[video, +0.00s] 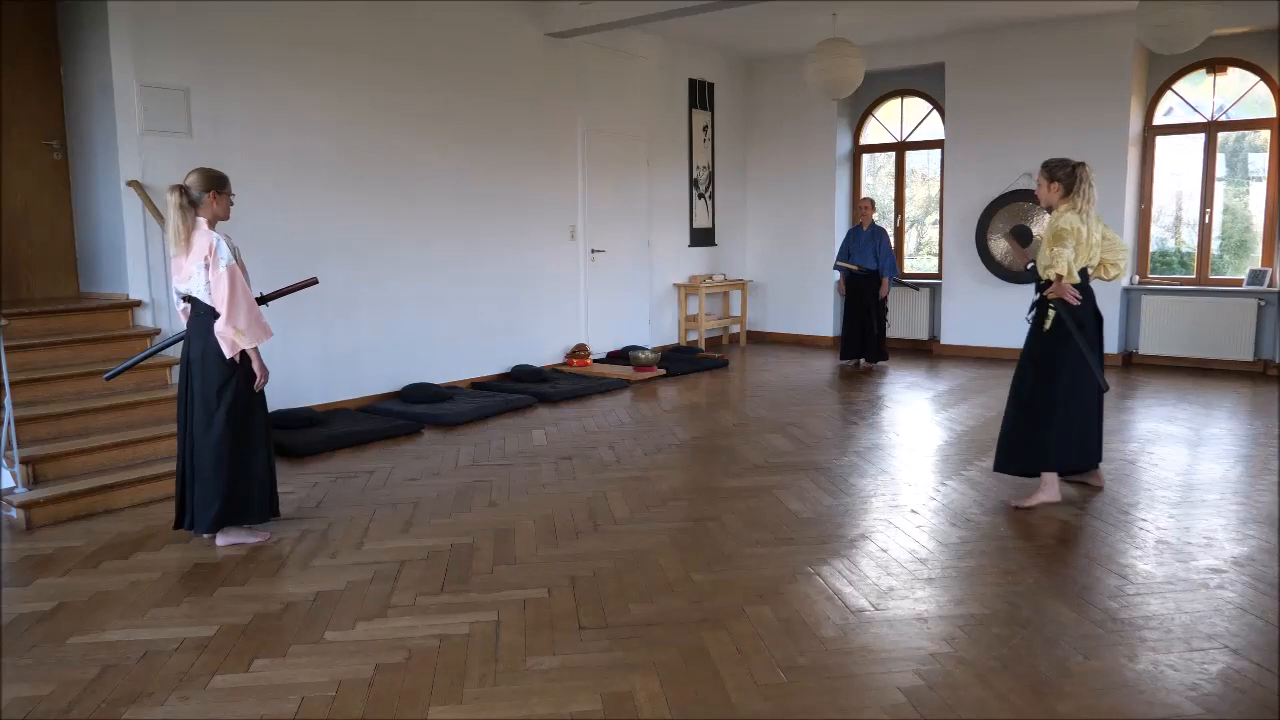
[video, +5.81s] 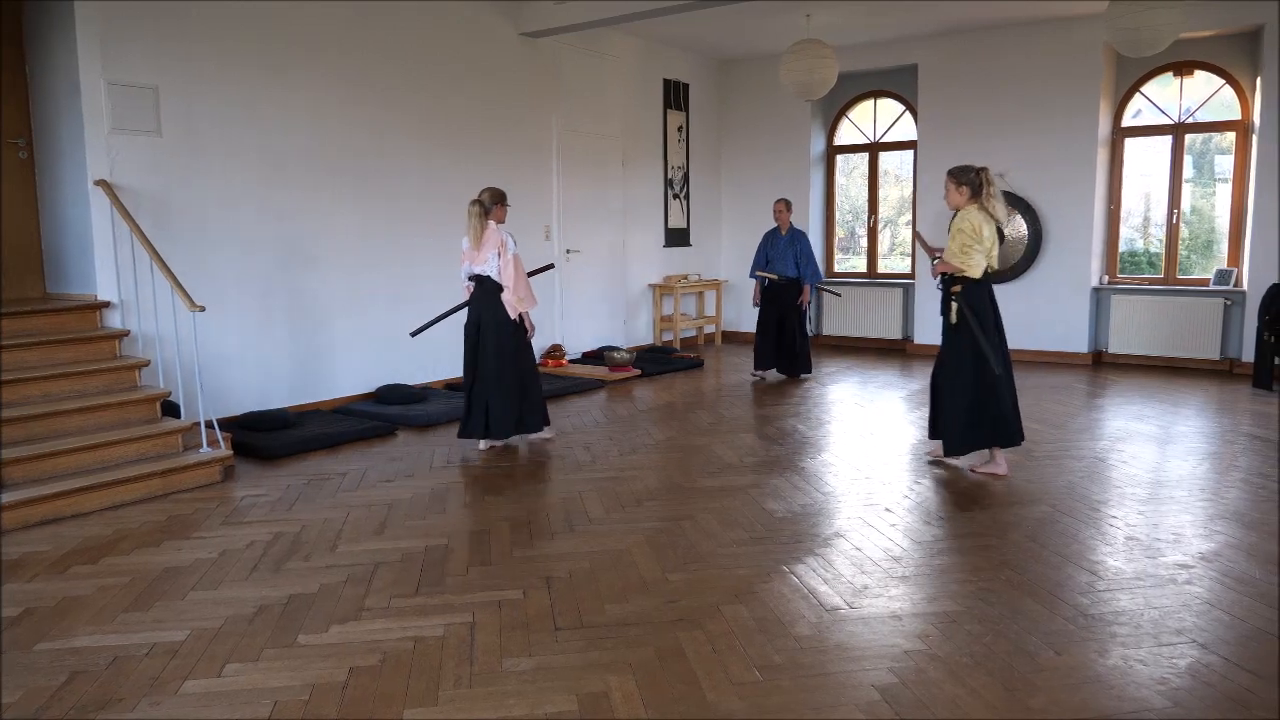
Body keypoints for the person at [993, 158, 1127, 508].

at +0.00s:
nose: (1037, 192)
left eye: (1040, 186)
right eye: (1038, 186)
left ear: (1057, 188)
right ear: (1069, 189)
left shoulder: (1061, 220)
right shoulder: (1091, 220)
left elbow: (1059, 256)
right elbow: (1116, 260)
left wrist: (1056, 281)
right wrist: (1083, 271)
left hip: (1058, 314)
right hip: (1086, 312)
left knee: (1044, 394)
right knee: (1083, 390)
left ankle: (1049, 484)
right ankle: (1091, 468)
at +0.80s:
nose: (1027, 186)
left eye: (1032, 181)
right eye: (1028, 180)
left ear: (1049, 184)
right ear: (1051, 185)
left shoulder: (1053, 215)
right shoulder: (1060, 215)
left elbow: (1048, 259)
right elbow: (1066, 261)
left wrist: (1018, 283)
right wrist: (1034, 278)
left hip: (1037, 302)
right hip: (1054, 302)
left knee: (1023, 377)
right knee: (1058, 376)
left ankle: (1023, 460)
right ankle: (1071, 454)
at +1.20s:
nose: (1024, 183)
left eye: (1029, 178)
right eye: (1025, 177)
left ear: (1047, 183)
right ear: (1048, 183)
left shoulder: (1042, 216)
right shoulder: (1052, 213)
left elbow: (1027, 268)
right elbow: (1028, 261)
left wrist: (1000, 310)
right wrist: (997, 245)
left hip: (1033, 300)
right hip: (1040, 296)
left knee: (1027, 374)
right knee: (1027, 374)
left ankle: (1025, 458)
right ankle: (1019, 453)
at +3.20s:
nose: (1010, 185)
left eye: (1014, 180)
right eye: (1011, 179)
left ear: (1030, 182)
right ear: (1034, 182)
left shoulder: (1031, 217)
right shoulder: (1048, 214)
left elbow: (1020, 267)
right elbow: (1016, 253)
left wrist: (1000, 308)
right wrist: (986, 243)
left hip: (1028, 301)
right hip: (1040, 298)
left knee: (1025, 376)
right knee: (1033, 375)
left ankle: (1024, 459)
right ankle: (1026, 455)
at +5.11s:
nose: (984, 187)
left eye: (988, 181)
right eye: (985, 181)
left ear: (1003, 184)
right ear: (1010, 185)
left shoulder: (1004, 217)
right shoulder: (1022, 216)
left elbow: (992, 269)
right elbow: (994, 266)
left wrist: (973, 308)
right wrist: (965, 251)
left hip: (1000, 302)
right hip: (1015, 298)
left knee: (1000, 375)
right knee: (1008, 375)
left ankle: (1005, 457)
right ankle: (1007, 454)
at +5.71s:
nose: (956, 192)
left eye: (959, 187)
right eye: (957, 186)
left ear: (975, 188)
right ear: (980, 189)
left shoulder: (976, 218)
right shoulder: (995, 215)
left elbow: (983, 265)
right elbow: (996, 257)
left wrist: (950, 277)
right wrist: (956, 250)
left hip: (978, 304)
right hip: (991, 301)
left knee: (988, 376)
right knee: (984, 375)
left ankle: (999, 458)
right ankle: (984, 449)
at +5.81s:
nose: (945, 195)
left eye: (948, 190)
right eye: (945, 189)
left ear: (963, 191)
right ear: (969, 191)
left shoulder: (965, 220)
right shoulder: (984, 217)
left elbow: (971, 265)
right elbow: (981, 258)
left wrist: (942, 266)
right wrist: (940, 252)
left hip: (966, 303)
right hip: (981, 300)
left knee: (950, 373)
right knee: (985, 375)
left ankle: (997, 459)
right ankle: (949, 443)